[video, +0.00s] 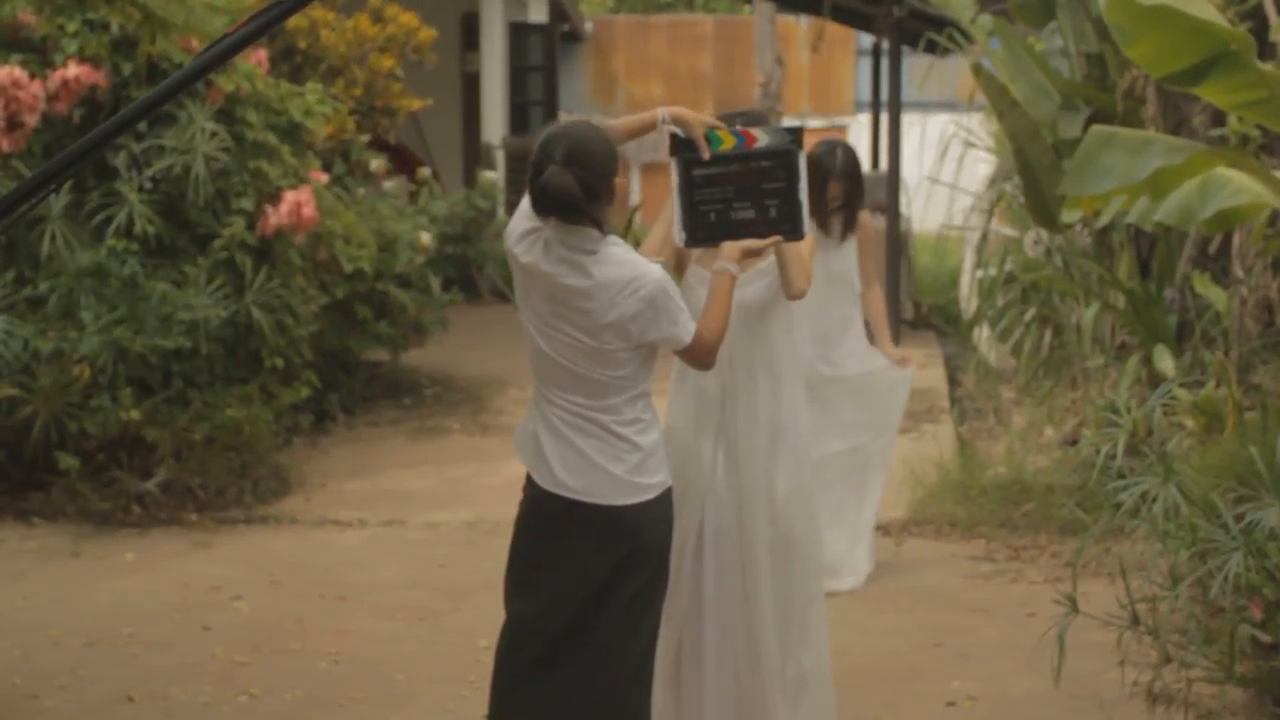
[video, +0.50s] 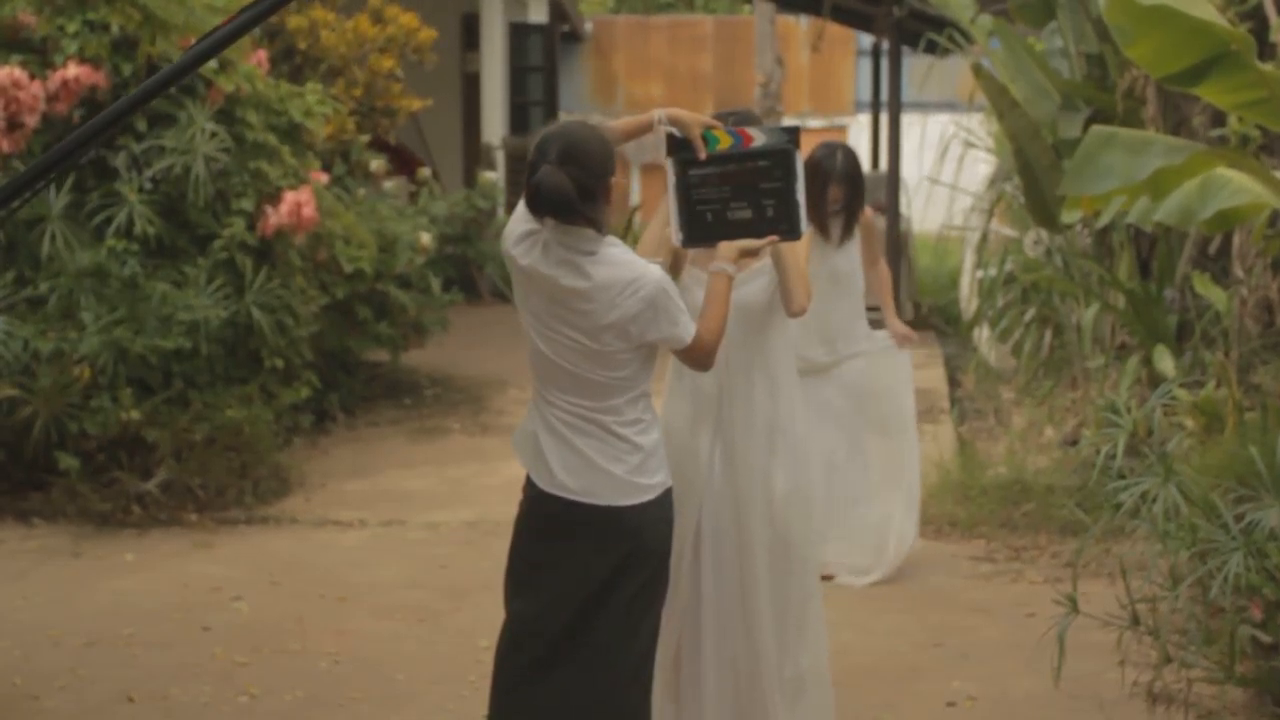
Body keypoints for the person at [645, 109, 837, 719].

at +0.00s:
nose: (744, 168)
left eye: (757, 156)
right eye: (731, 153)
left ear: (778, 164)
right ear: (710, 156)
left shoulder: (786, 218)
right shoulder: (692, 207)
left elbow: (796, 284)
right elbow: (648, 270)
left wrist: (775, 195)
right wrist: (682, 186)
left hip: (767, 418)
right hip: (697, 421)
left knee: (765, 571)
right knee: (698, 572)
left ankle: (770, 703)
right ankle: (698, 704)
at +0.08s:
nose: (741, 168)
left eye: (755, 156)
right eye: (729, 154)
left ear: (775, 163)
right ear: (707, 156)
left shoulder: (785, 219)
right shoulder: (691, 209)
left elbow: (796, 285)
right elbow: (648, 273)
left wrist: (774, 196)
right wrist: (680, 187)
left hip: (767, 420)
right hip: (697, 423)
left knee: (765, 573)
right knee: (697, 575)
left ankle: (771, 704)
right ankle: (697, 706)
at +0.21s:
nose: (742, 167)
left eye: (756, 156)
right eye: (728, 153)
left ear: (776, 163)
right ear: (706, 156)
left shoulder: (786, 224)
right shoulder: (691, 212)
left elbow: (798, 293)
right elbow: (646, 281)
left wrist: (776, 200)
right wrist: (674, 190)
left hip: (766, 429)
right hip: (695, 431)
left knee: (765, 584)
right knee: (696, 583)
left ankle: (770, 706)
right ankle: (695, 707)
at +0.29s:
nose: (736, 168)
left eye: (751, 155)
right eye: (723, 154)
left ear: (773, 165)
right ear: (704, 158)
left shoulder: (786, 229)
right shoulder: (690, 219)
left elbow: (800, 299)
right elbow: (647, 288)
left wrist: (775, 207)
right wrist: (666, 196)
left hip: (766, 431)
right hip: (695, 432)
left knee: (765, 586)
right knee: (695, 585)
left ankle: (770, 707)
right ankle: (694, 708)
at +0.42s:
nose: (733, 170)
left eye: (746, 156)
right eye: (721, 156)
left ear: (768, 165)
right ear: (702, 160)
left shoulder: (784, 230)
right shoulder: (689, 223)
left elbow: (799, 303)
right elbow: (647, 289)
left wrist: (776, 212)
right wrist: (662, 197)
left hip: (763, 428)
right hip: (694, 430)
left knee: (763, 581)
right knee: (694, 581)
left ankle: (769, 705)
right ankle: (694, 707)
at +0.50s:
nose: (734, 170)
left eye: (748, 157)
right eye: (721, 156)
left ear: (770, 166)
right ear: (701, 158)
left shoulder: (782, 228)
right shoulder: (684, 217)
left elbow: (797, 302)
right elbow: (643, 285)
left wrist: (774, 214)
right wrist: (675, 191)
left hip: (764, 426)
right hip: (693, 428)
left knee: (764, 578)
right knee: (695, 580)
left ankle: (770, 705)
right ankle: (694, 706)